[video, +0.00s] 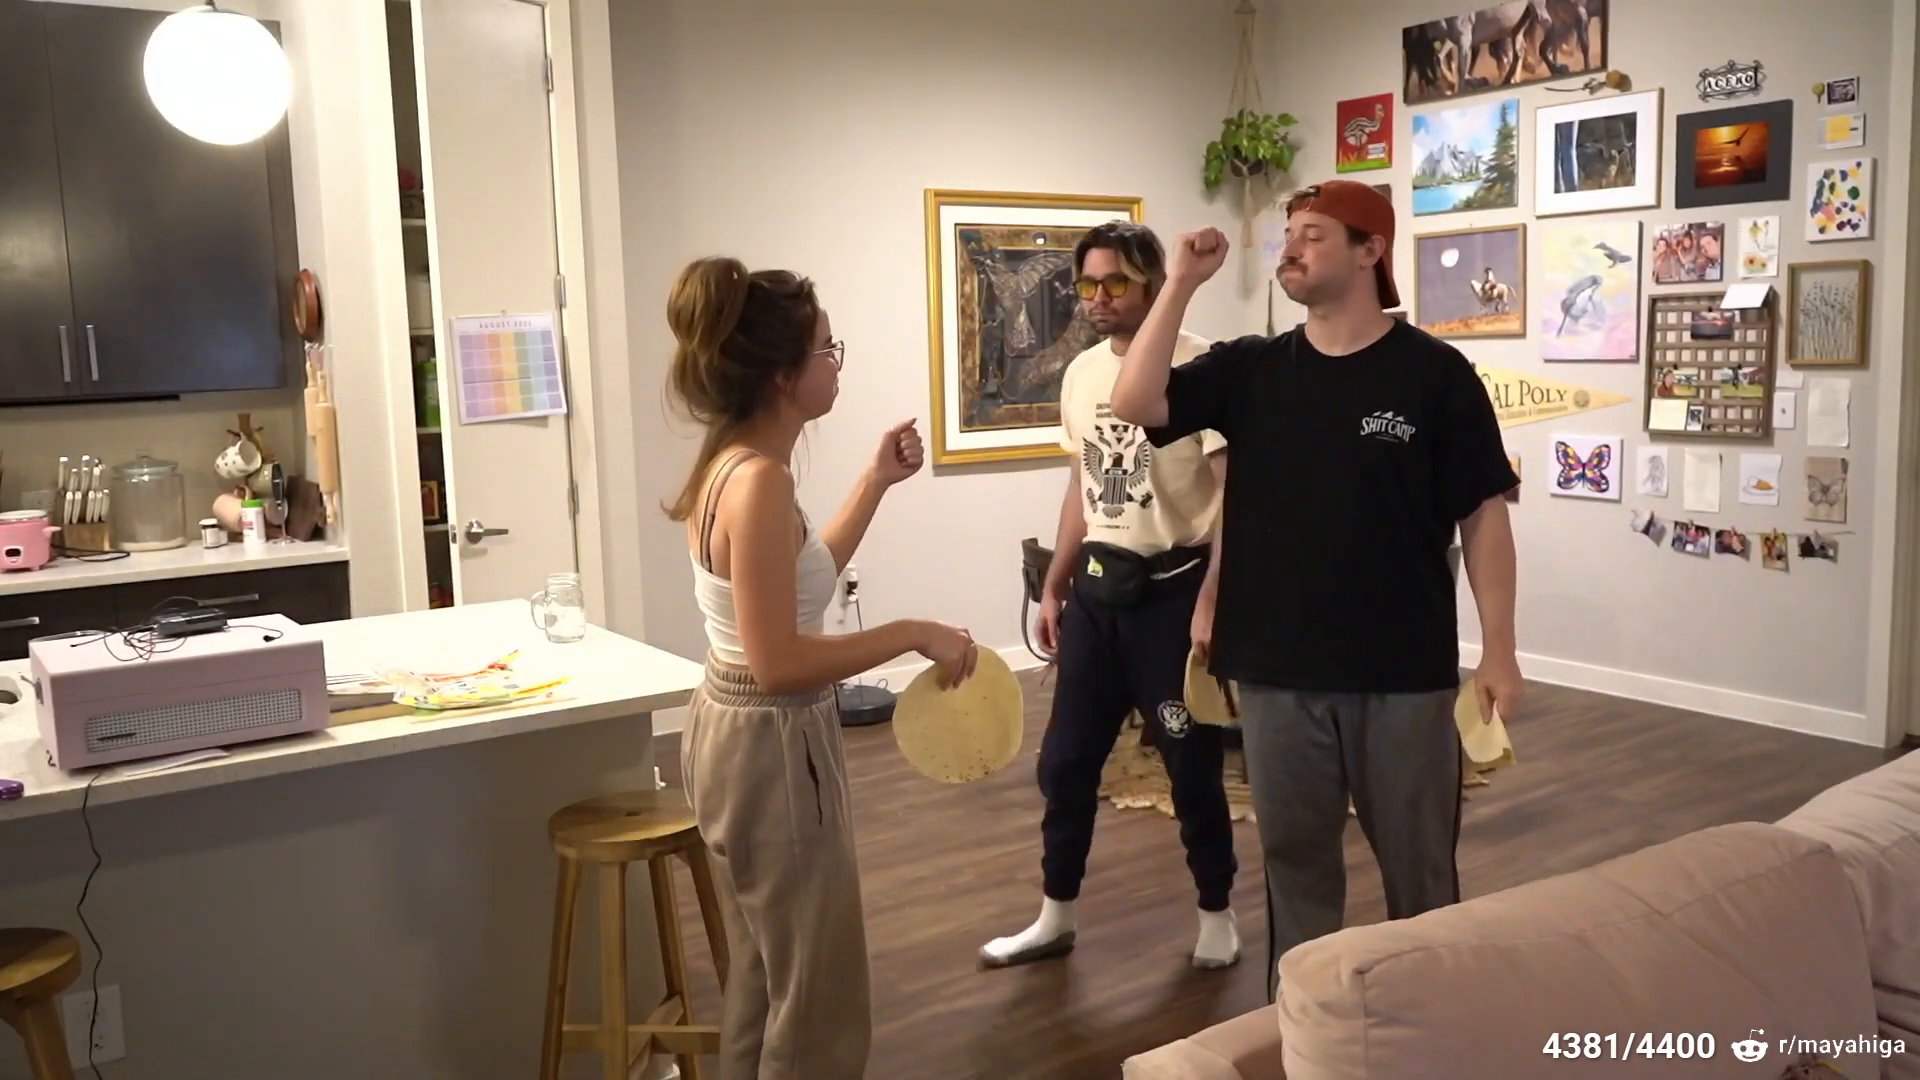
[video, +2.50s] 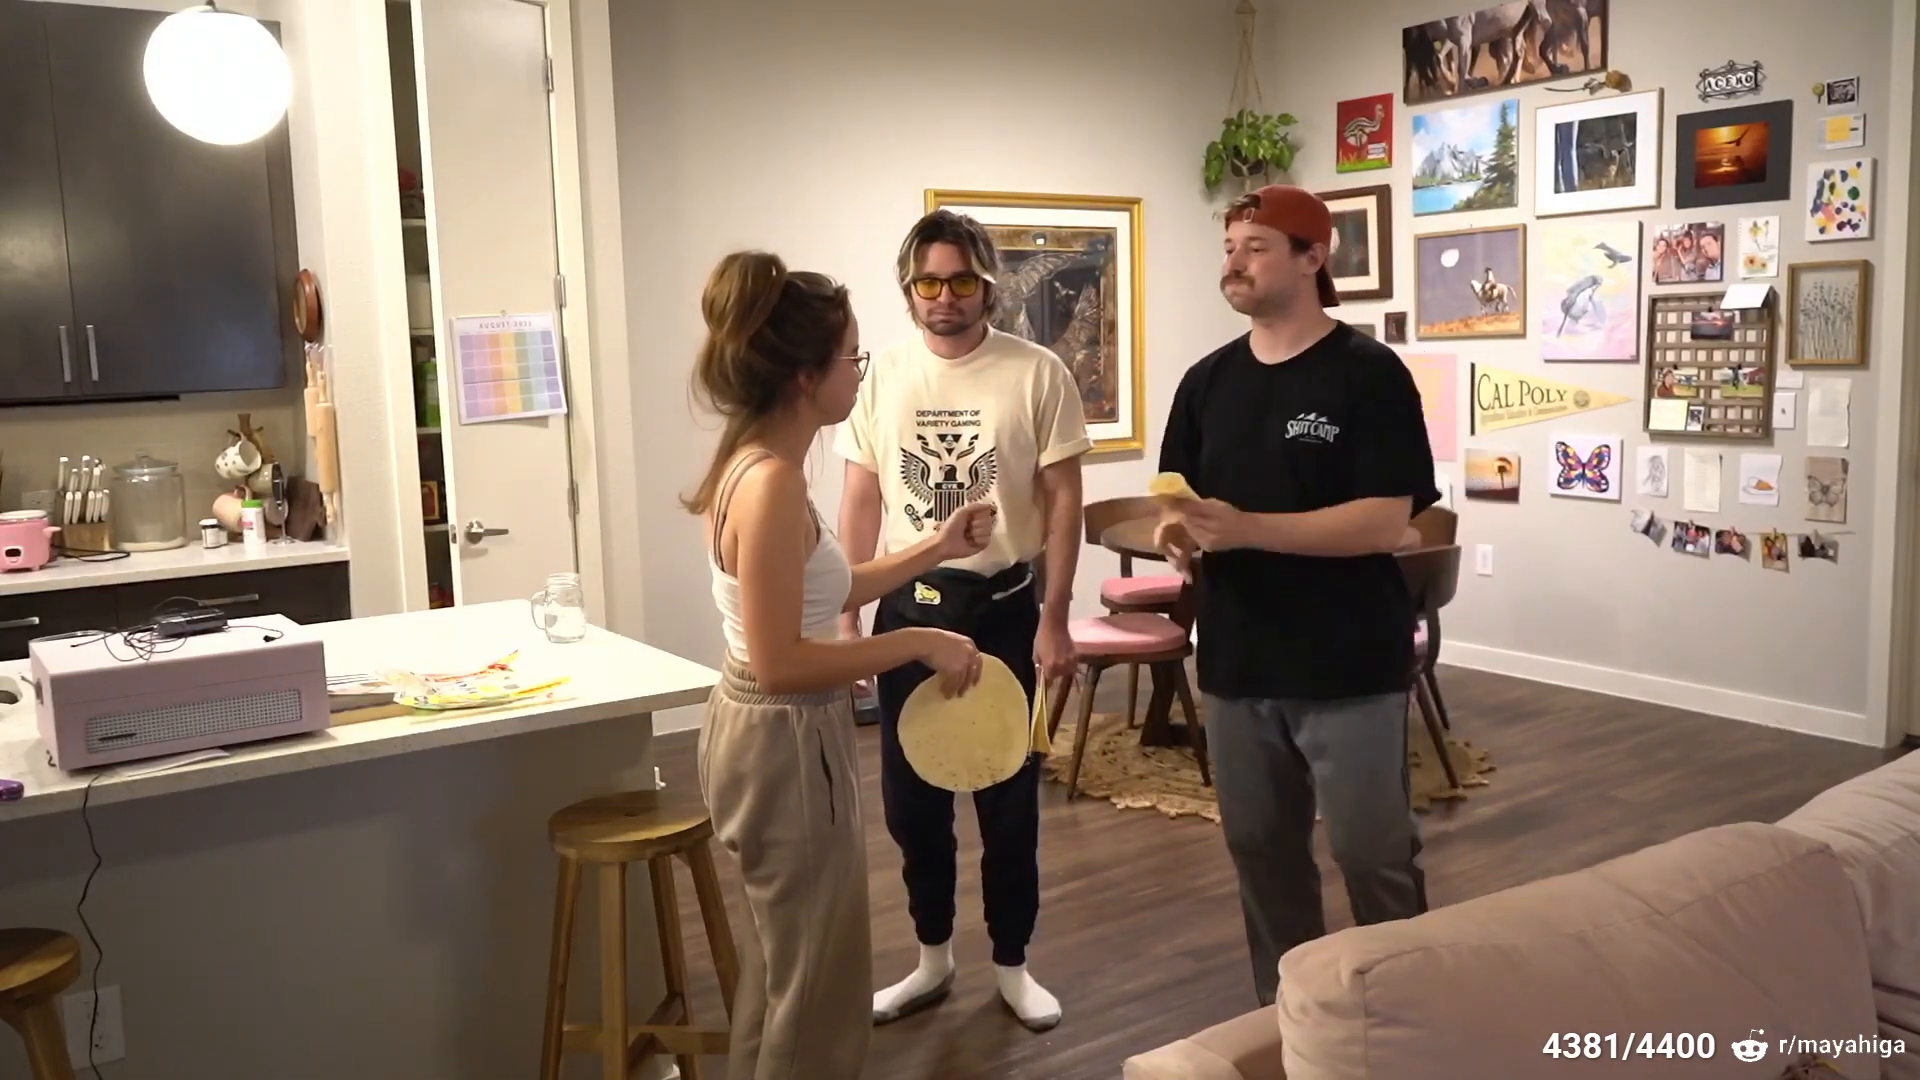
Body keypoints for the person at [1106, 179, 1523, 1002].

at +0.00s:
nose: (1289, 246)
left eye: (1311, 234)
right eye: (1287, 235)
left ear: (1367, 253)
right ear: (1284, 257)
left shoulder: (1437, 373)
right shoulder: (1252, 367)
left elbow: (1485, 517)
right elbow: (1134, 401)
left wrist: (1499, 652)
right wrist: (1180, 282)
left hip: (1403, 678)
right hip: (1274, 677)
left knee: (1421, 880)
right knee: (1295, 877)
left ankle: (1438, 1037)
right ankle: (1299, 1037)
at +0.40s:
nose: (1301, 252)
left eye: (1323, 238)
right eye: (1297, 241)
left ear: (1378, 253)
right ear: (1293, 259)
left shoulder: (1443, 372)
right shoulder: (1258, 365)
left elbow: (1492, 513)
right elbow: (1162, 441)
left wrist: (1508, 651)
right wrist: (1182, 321)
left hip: (1409, 676)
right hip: (1280, 673)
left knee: (1422, 876)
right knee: (1296, 869)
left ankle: (1438, 1033)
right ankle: (1302, 1032)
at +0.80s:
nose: (1293, 258)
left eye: (1314, 243)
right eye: (1288, 246)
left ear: (1370, 255)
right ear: (1285, 261)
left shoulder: (1439, 371)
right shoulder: (1255, 373)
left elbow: (1490, 513)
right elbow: (1163, 476)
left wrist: (1506, 646)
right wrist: (1149, 372)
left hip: (1408, 677)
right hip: (1283, 676)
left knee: (1420, 876)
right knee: (1295, 869)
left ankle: (1435, 1032)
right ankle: (1304, 1032)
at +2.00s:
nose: (1285, 262)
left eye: (1306, 249)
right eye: (1280, 250)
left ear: (1361, 262)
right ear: (1275, 261)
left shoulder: (1428, 374)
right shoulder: (1240, 376)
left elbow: (1475, 518)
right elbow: (1136, 437)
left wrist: (1491, 653)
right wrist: (1051, 441)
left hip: (1397, 680)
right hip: (1274, 681)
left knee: (1422, 881)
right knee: (1290, 877)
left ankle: (1445, 1034)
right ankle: (1298, 1037)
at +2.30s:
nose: (1259, 260)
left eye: (1280, 246)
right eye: (1252, 248)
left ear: (1334, 258)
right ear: (1246, 263)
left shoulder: (1406, 374)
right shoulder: (1217, 381)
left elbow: (1468, 498)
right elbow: (1129, 480)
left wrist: (1418, 601)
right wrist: (1054, 505)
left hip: (1385, 675)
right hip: (1263, 678)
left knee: (1411, 874)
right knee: (1282, 873)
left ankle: (1440, 1025)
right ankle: (1296, 1033)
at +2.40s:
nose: (1248, 258)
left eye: (1270, 245)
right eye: (1243, 247)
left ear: (1324, 259)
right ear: (1237, 264)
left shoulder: (1392, 375)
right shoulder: (1207, 383)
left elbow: (1437, 517)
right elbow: (1145, 499)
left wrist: (1328, 562)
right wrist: (1132, 523)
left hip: (1373, 675)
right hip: (1250, 677)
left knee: (1402, 862)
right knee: (1273, 867)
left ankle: (1428, 1016)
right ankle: (1293, 1026)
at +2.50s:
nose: (1234, 263)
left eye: (1256, 248)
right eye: (1230, 250)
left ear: (1311, 261)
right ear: (1228, 264)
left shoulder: (1371, 372)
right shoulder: (1205, 382)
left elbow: (1388, 521)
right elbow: (1175, 508)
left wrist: (1242, 528)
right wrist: (1170, 534)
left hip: (1354, 675)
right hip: (1237, 674)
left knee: (1375, 865)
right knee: (1265, 870)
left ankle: (1406, 1019)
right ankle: (1294, 1026)